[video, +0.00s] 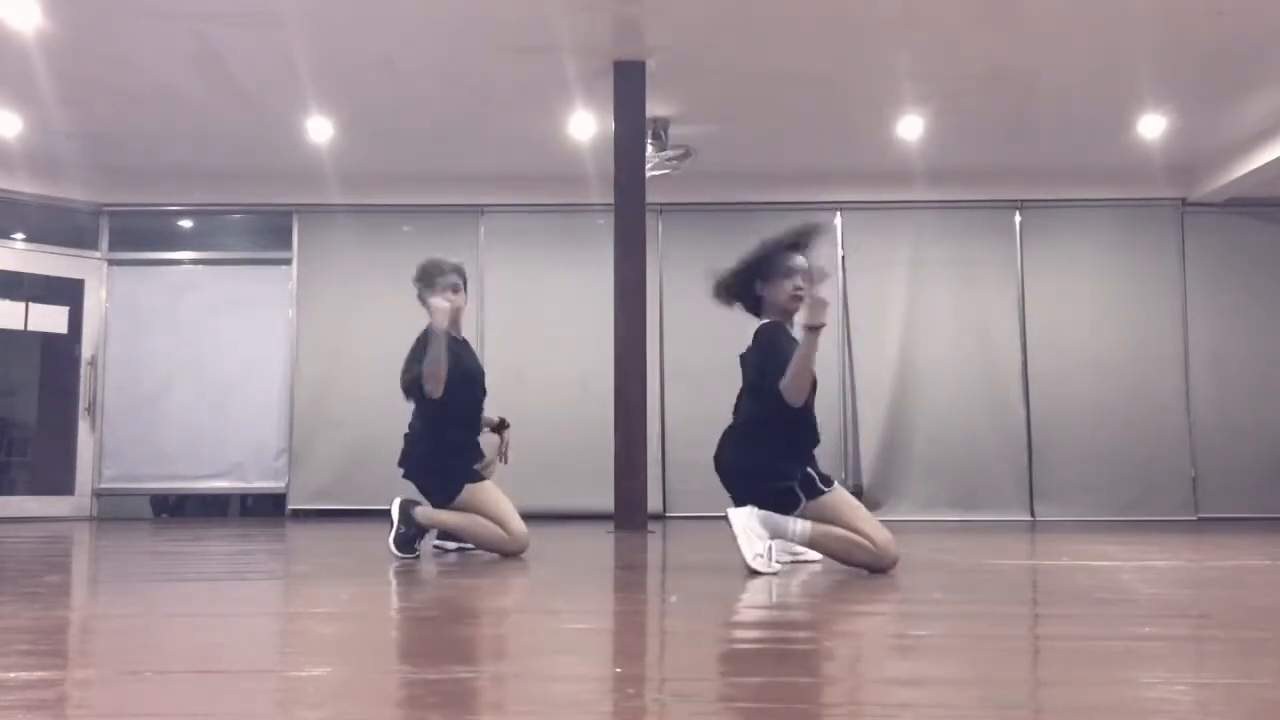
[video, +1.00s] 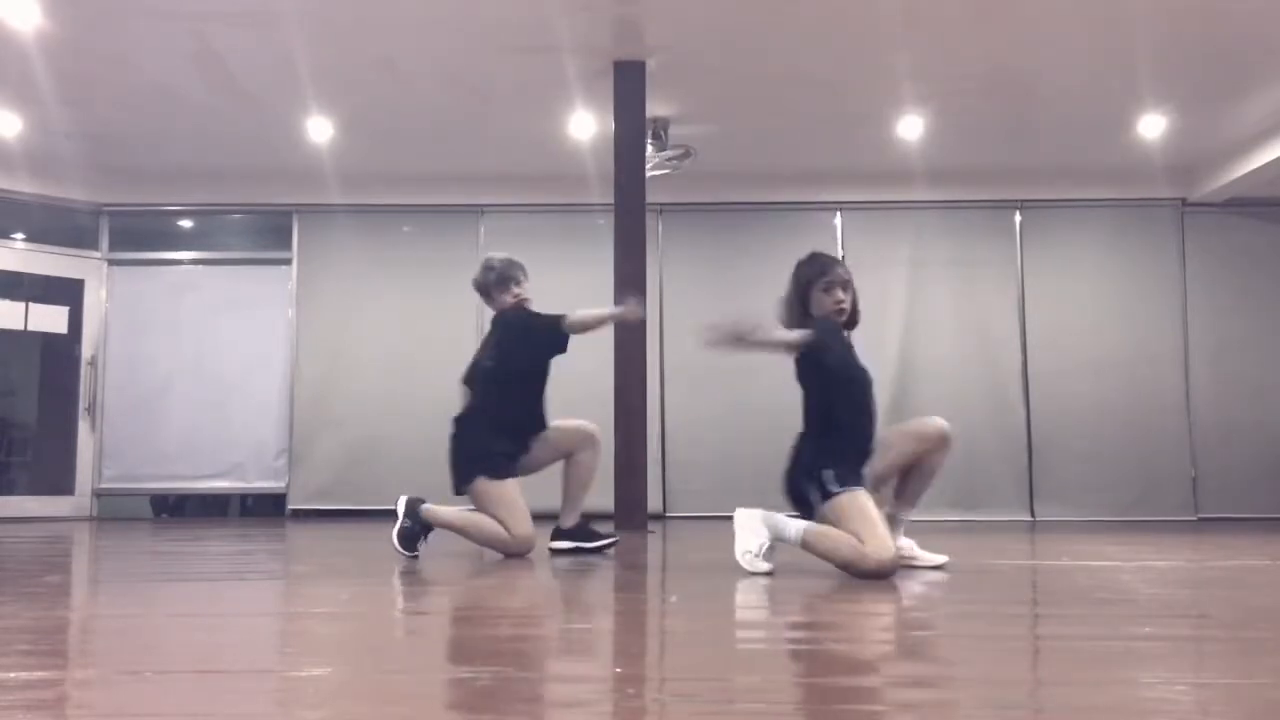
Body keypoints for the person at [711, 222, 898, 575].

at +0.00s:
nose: (800, 284)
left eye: (804, 276)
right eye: (788, 275)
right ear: (762, 288)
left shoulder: (771, 335)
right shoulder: (773, 335)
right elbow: (794, 394)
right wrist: (812, 328)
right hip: (772, 466)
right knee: (883, 553)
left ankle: (774, 538)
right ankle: (764, 522)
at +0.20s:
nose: (802, 291)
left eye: (804, 283)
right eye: (794, 281)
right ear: (770, 284)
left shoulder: (770, 336)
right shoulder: (767, 337)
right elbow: (783, 396)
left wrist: (802, 425)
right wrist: (791, 326)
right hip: (764, 467)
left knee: (879, 543)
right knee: (884, 553)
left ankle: (777, 538)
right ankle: (765, 523)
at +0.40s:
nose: (779, 278)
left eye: (787, 270)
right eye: (768, 270)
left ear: (798, 282)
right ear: (753, 282)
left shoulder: (768, 334)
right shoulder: (758, 334)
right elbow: (774, 394)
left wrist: (801, 427)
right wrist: (780, 321)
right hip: (766, 471)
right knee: (884, 553)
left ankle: (773, 531)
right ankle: (766, 523)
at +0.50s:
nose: (787, 278)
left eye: (791, 270)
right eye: (772, 271)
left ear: (798, 280)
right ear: (749, 286)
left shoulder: (761, 330)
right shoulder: (764, 332)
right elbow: (787, 388)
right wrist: (779, 320)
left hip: (743, 459)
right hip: (764, 475)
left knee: (815, 429)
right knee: (884, 553)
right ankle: (766, 525)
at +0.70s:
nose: (780, 292)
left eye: (787, 286)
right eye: (767, 282)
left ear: (794, 297)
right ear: (744, 295)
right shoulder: (772, 327)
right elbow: (847, 365)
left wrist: (853, 435)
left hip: (784, 450)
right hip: (765, 480)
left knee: (888, 440)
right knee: (883, 553)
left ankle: (833, 520)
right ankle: (764, 529)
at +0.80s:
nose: (797, 295)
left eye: (804, 288)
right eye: (784, 287)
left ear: (810, 296)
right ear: (763, 297)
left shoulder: (776, 334)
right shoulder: (795, 330)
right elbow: (876, 367)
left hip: (791, 457)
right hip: (768, 483)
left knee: (890, 427)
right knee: (882, 551)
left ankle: (879, 530)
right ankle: (760, 527)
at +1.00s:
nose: (839, 297)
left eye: (844, 287)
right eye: (826, 289)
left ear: (852, 293)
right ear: (807, 299)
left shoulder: (840, 339)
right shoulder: (817, 336)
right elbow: (786, 339)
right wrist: (747, 338)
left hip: (855, 466)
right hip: (824, 474)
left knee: (935, 433)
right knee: (880, 559)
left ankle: (892, 538)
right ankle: (767, 523)